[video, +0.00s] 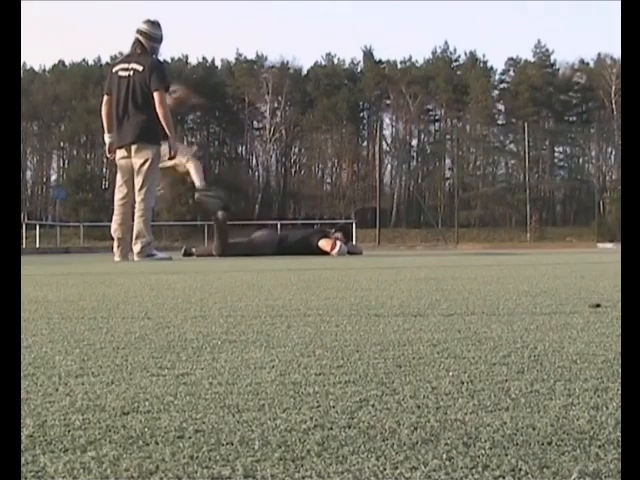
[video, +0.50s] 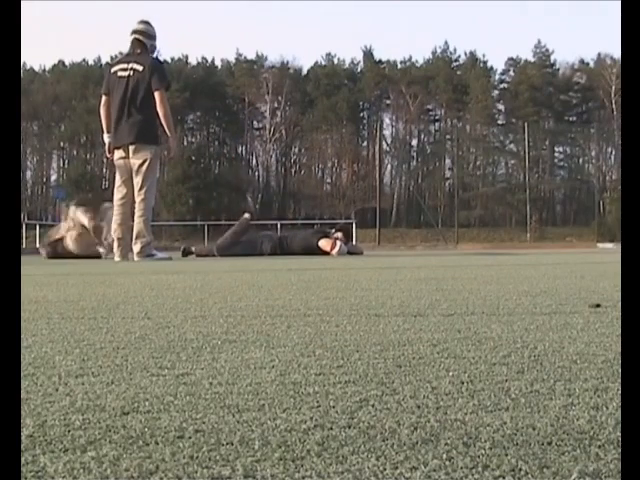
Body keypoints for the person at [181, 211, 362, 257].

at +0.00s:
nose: (338, 244)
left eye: (340, 242)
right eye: (340, 241)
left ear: (335, 234)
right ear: (335, 237)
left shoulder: (320, 235)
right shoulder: (320, 237)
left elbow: (348, 248)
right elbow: (330, 248)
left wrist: (344, 246)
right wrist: (339, 248)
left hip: (270, 237)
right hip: (271, 243)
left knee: (226, 248)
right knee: (223, 250)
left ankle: (193, 252)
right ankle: (221, 216)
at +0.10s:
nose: (337, 245)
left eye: (340, 242)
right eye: (338, 242)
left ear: (335, 236)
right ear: (334, 237)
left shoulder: (322, 238)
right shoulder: (320, 239)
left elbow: (346, 247)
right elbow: (331, 248)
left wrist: (346, 246)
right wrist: (341, 248)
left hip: (271, 241)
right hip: (271, 243)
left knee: (227, 248)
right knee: (222, 251)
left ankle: (193, 252)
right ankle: (228, 215)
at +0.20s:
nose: (336, 244)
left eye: (340, 242)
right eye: (337, 240)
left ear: (341, 240)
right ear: (333, 236)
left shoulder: (327, 239)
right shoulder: (319, 238)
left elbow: (356, 250)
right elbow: (329, 247)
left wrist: (345, 247)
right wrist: (339, 248)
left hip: (274, 245)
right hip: (272, 244)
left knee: (229, 249)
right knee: (221, 250)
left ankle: (193, 252)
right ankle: (234, 214)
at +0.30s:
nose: (337, 243)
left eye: (339, 241)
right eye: (339, 239)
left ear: (338, 238)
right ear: (335, 236)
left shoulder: (326, 239)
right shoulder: (320, 237)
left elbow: (355, 251)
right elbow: (328, 246)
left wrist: (345, 247)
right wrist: (336, 249)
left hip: (272, 243)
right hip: (271, 243)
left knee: (228, 249)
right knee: (221, 251)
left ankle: (194, 252)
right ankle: (237, 217)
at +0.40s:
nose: (337, 244)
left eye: (340, 242)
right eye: (338, 241)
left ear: (338, 238)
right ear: (334, 237)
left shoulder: (326, 238)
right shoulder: (321, 238)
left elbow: (356, 250)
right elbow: (332, 250)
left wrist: (344, 246)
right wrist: (341, 247)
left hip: (273, 243)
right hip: (271, 243)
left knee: (232, 250)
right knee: (221, 249)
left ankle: (194, 251)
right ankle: (242, 217)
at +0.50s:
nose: (338, 243)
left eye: (340, 241)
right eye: (339, 241)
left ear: (338, 238)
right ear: (335, 237)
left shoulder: (326, 239)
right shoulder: (321, 237)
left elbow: (354, 249)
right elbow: (329, 248)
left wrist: (344, 246)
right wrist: (337, 247)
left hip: (272, 245)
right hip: (270, 243)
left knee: (228, 251)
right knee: (220, 248)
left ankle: (193, 251)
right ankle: (245, 218)